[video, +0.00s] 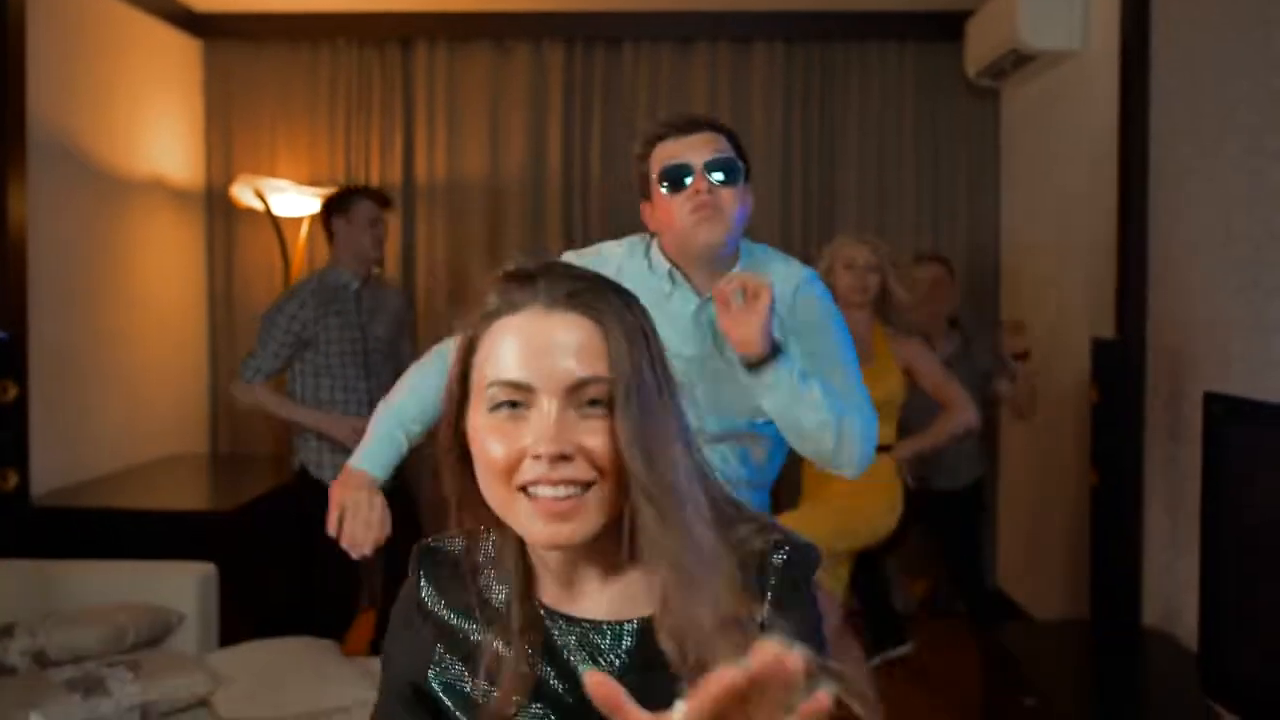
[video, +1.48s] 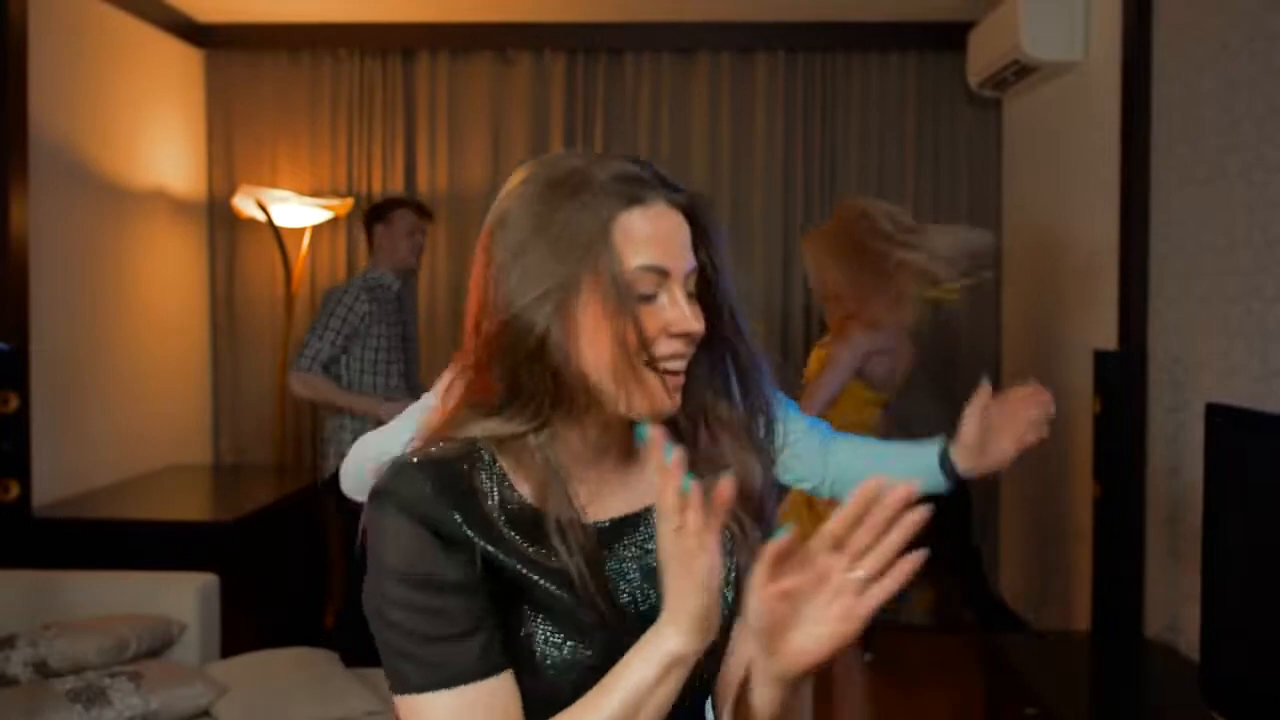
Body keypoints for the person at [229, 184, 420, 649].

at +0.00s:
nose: (381, 235)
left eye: (383, 225)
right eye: (371, 224)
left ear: (385, 231)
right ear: (336, 228)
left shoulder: (394, 301)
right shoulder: (306, 301)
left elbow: (409, 380)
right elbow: (246, 386)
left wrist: (393, 426)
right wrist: (328, 422)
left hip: (390, 473)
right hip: (324, 477)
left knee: (400, 594)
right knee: (331, 603)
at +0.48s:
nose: (337, 245)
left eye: (335, 233)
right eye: (321, 241)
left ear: (344, 231)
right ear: (299, 257)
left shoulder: (379, 289)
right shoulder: (298, 317)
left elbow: (393, 361)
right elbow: (308, 415)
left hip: (390, 453)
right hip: (328, 461)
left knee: (399, 570)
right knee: (325, 580)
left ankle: (376, 666)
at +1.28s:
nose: (409, 255)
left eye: (410, 245)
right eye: (396, 248)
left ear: (413, 249)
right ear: (367, 256)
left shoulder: (392, 312)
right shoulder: (355, 314)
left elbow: (388, 397)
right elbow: (313, 411)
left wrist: (418, 417)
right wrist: (397, 423)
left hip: (384, 478)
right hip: (353, 483)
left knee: (379, 602)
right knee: (357, 606)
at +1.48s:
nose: (420, 243)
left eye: (423, 236)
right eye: (411, 233)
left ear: (420, 242)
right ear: (379, 233)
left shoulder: (398, 298)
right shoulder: (355, 296)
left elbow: (393, 379)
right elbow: (303, 378)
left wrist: (424, 401)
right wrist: (378, 407)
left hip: (389, 462)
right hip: (355, 467)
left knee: (386, 579)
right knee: (357, 583)